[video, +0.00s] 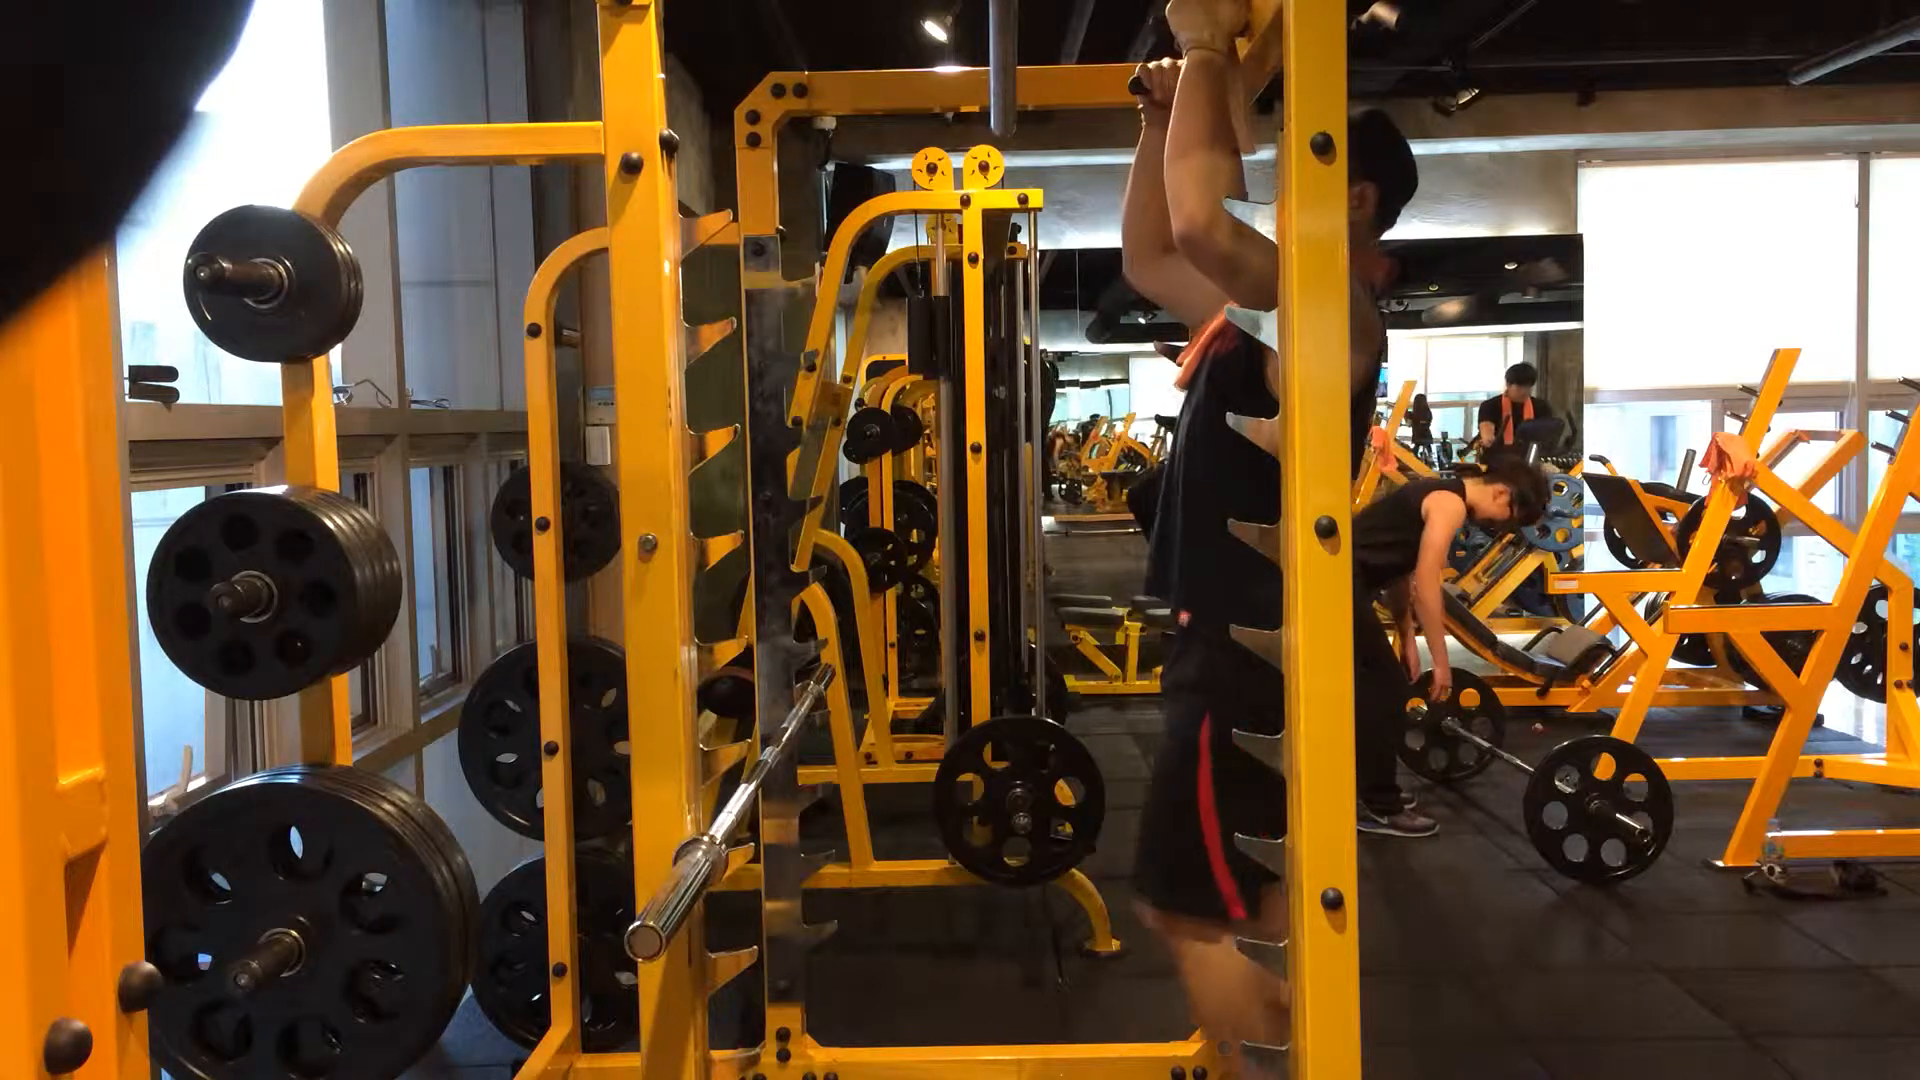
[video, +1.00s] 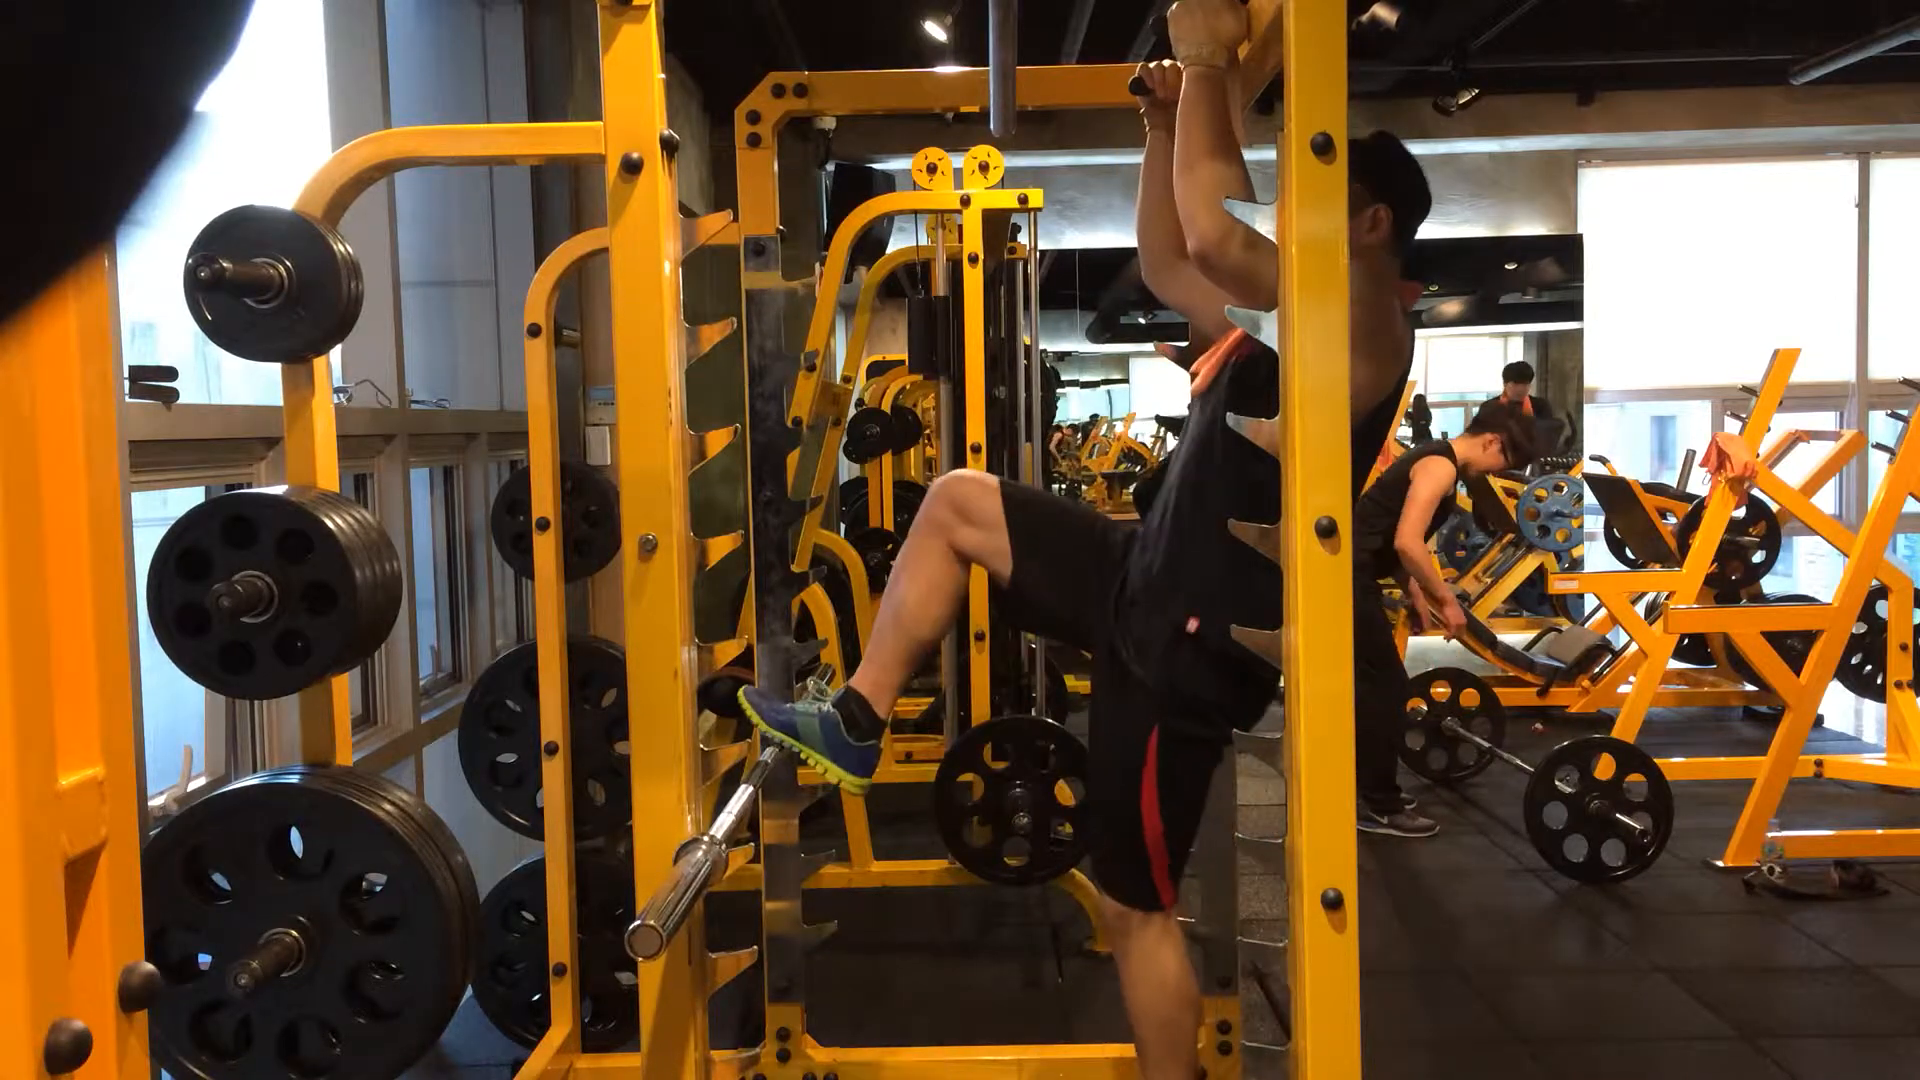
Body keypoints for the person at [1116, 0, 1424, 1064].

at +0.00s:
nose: (1291, 182)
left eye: (1314, 167)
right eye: (1299, 165)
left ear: (1362, 198)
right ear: (1332, 194)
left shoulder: (1337, 307)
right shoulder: (1271, 297)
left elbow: (1203, 224)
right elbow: (1150, 260)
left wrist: (1210, 47)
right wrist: (1155, 126)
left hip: (1253, 636)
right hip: (1219, 626)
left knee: (1187, 901)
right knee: (1258, 881)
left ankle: (1244, 1068)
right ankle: (1313, 1036)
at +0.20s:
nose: (1289, 191)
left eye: (1313, 176)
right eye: (1297, 175)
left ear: (1366, 205)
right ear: (1349, 206)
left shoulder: (1346, 314)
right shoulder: (1274, 317)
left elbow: (1202, 233)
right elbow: (1156, 264)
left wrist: (1208, 58)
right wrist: (1157, 127)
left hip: (1239, 642)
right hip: (1204, 632)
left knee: (1159, 909)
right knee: (1208, 864)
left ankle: (1198, 1073)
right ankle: (1272, 1006)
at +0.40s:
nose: (1287, 191)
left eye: (1308, 175)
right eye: (1295, 172)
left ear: (1356, 200)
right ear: (1334, 202)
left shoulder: (1348, 313)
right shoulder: (1288, 304)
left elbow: (1203, 237)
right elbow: (1168, 270)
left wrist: (1207, 68)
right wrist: (1157, 136)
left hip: (1216, 652)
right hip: (1173, 630)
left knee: (1165, 933)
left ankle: (1195, 1077)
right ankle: (1152, 940)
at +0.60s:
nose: (1290, 194)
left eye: (1315, 179)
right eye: (1294, 176)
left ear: (1365, 205)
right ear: (1307, 190)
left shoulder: (1349, 308)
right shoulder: (1297, 298)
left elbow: (1201, 234)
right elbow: (1166, 264)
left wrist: (1213, 79)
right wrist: (1157, 134)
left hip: (1206, 640)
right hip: (1153, 574)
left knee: (1163, 909)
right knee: (976, 535)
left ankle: (1183, 1075)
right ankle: (994, 770)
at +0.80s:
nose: (1292, 205)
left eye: (1316, 189)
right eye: (1298, 189)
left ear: (1369, 212)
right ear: (1324, 210)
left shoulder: (1365, 313)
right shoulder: (1290, 316)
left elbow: (1211, 237)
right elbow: (1164, 267)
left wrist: (1208, 71)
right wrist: (1159, 130)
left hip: (1198, 640)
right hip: (1146, 576)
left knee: (1147, 906)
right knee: (970, 493)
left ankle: (1175, 1079)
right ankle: (866, 708)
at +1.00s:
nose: (1299, 209)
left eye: (1324, 195)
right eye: (1305, 194)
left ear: (1376, 223)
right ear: (1352, 223)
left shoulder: (1364, 316)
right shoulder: (1288, 325)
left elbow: (1214, 240)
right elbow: (1167, 270)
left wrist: (1207, 67)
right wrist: (1160, 131)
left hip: (1193, 648)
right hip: (1137, 575)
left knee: (1135, 911)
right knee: (954, 502)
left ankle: (1177, 1078)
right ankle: (856, 717)